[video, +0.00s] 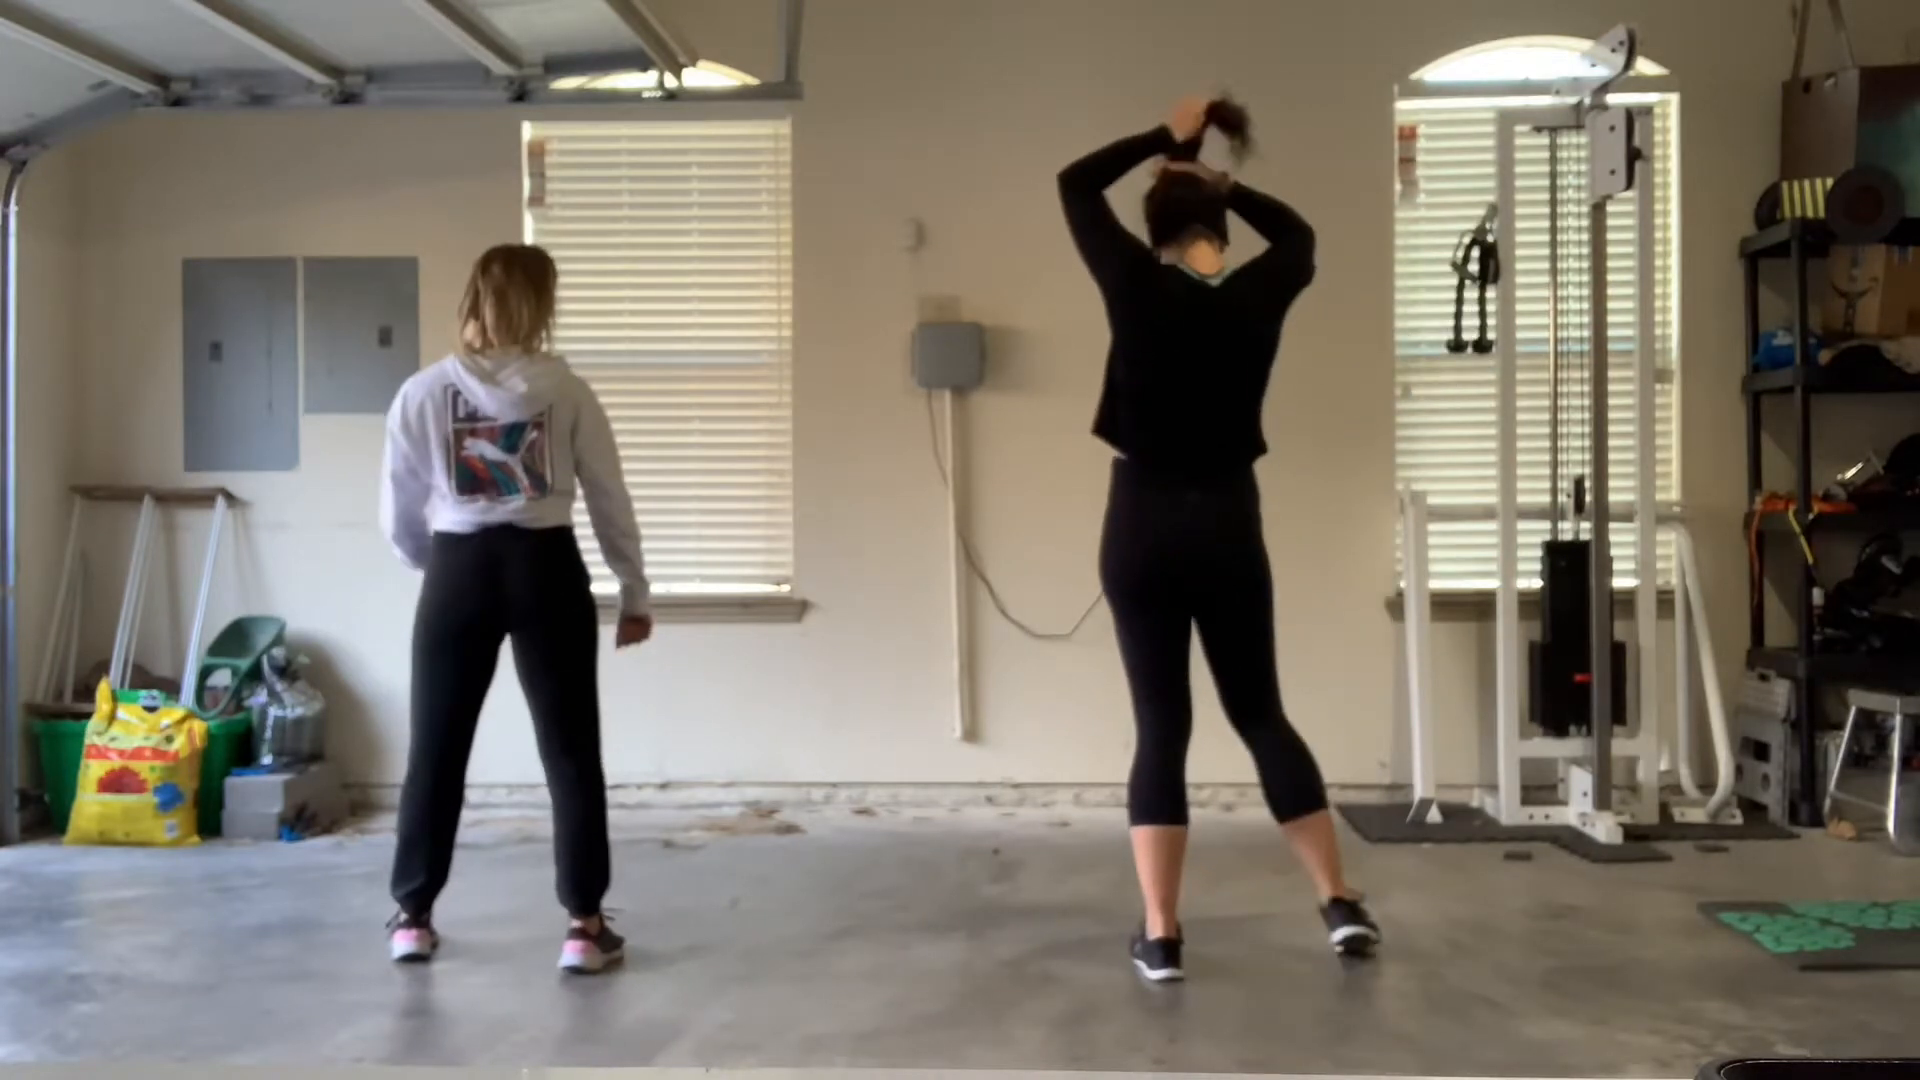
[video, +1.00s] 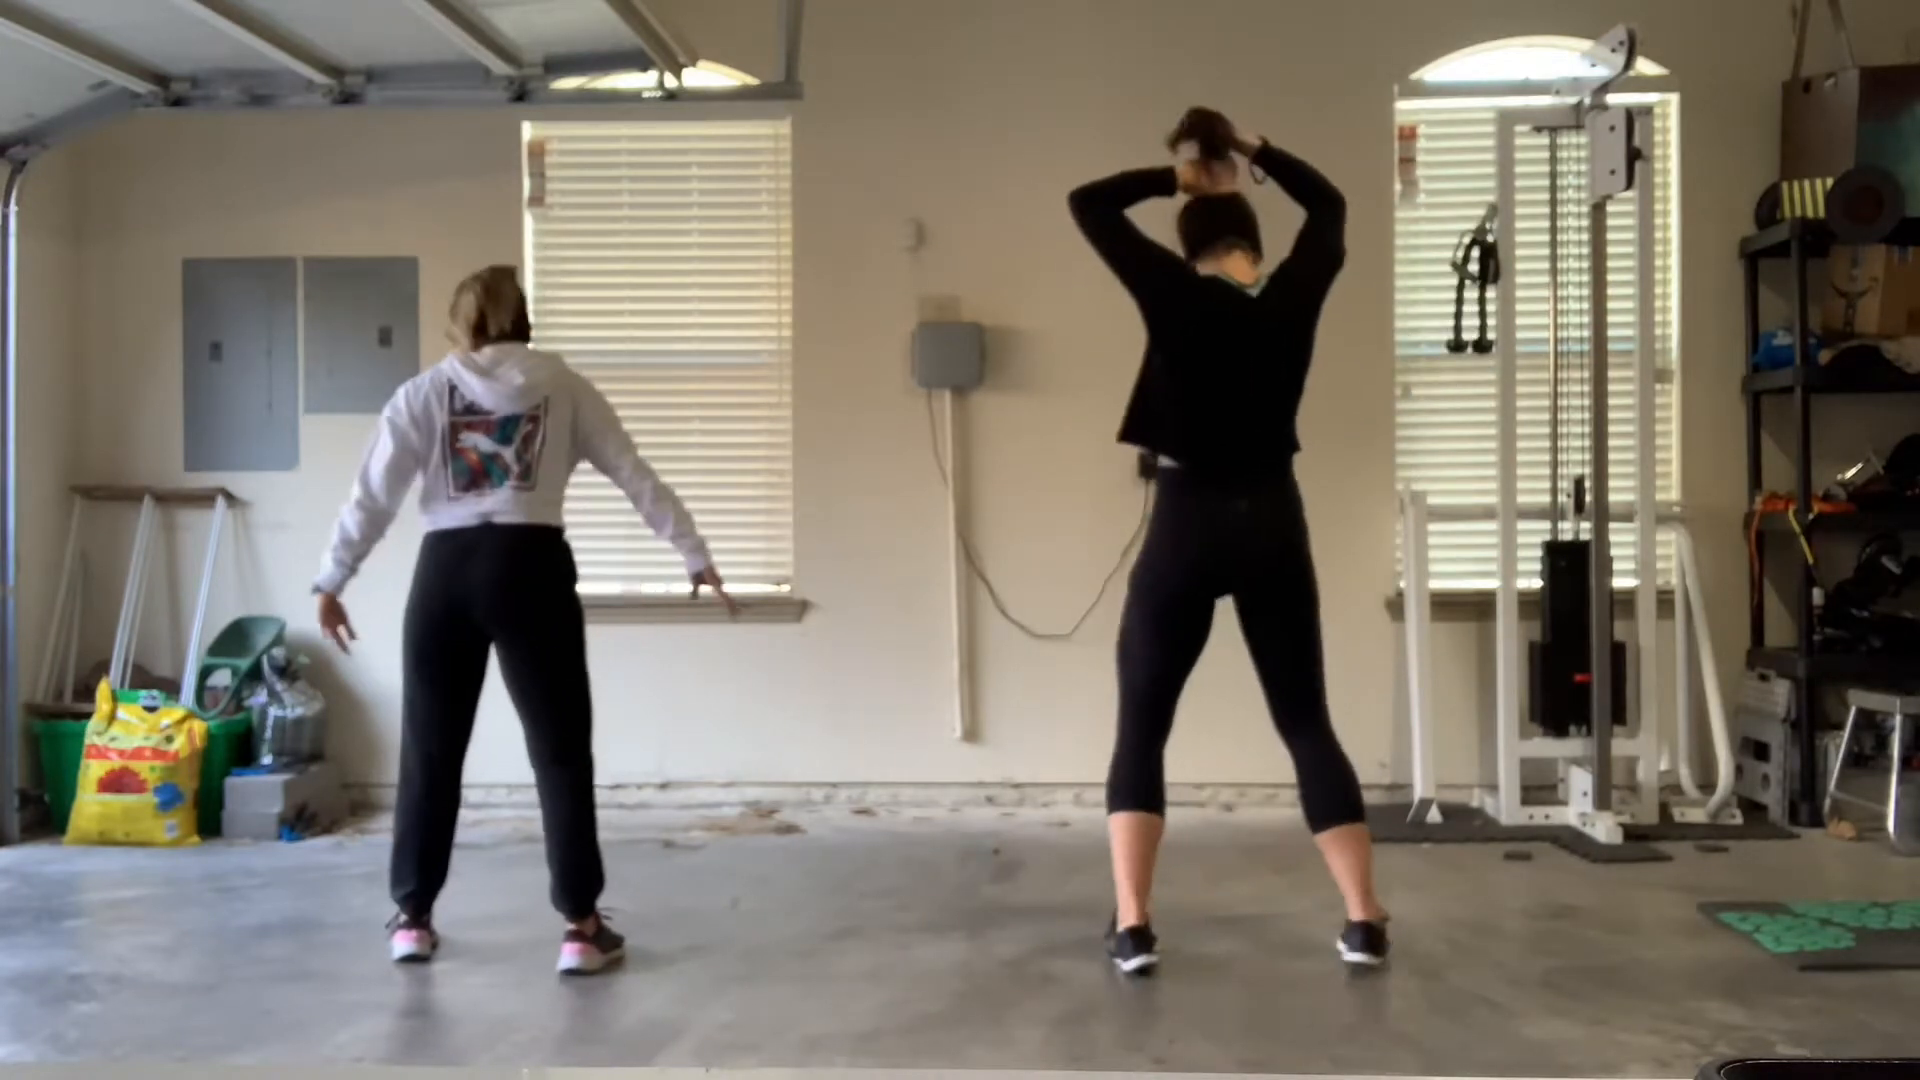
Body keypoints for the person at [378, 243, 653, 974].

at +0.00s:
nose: (551, 313)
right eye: (548, 300)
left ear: (473, 303)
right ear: (543, 306)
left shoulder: (423, 391)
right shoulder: (566, 387)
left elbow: (400, 518)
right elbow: (608, 497)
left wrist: (439, 563)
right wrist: (634, 590)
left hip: (457, 576)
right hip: (549, 574)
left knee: (435, 750)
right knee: (571, 753)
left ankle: (413, 918)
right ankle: (584, 925)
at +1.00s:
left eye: (459, 318)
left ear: (458, 323)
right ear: (524, 319)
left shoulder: (424, 391)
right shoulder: (562, 384)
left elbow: (374, 495)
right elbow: (634, 474)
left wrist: (331, 582)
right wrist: (696, 553)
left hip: (445, 577)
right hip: (535, 574)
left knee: (430, 752)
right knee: (561, 754)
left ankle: (412, 920)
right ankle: (581, 927)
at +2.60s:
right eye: (553, 376)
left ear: (486, 368)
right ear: (545, 372)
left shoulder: (427, 411)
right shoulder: (564, 401)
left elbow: (342, 479)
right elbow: (598, 471)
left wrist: (264, 542)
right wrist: (638, 553)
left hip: (482, 576)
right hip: (571, 567)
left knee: (454, 750)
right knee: (588, 754)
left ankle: (414, 920)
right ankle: (586, 925)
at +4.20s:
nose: (589, 396)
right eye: (585, 386)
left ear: (517, 376)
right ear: (576, 382)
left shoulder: (454, 414)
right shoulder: (586, 409)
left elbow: (403, 512)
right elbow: (648, 491)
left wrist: (348, 596)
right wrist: (728, 564)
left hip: (457, 571)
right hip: (546, 568)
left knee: (442, 756)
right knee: (565, 755)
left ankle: (412, 921)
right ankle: (580, 926)